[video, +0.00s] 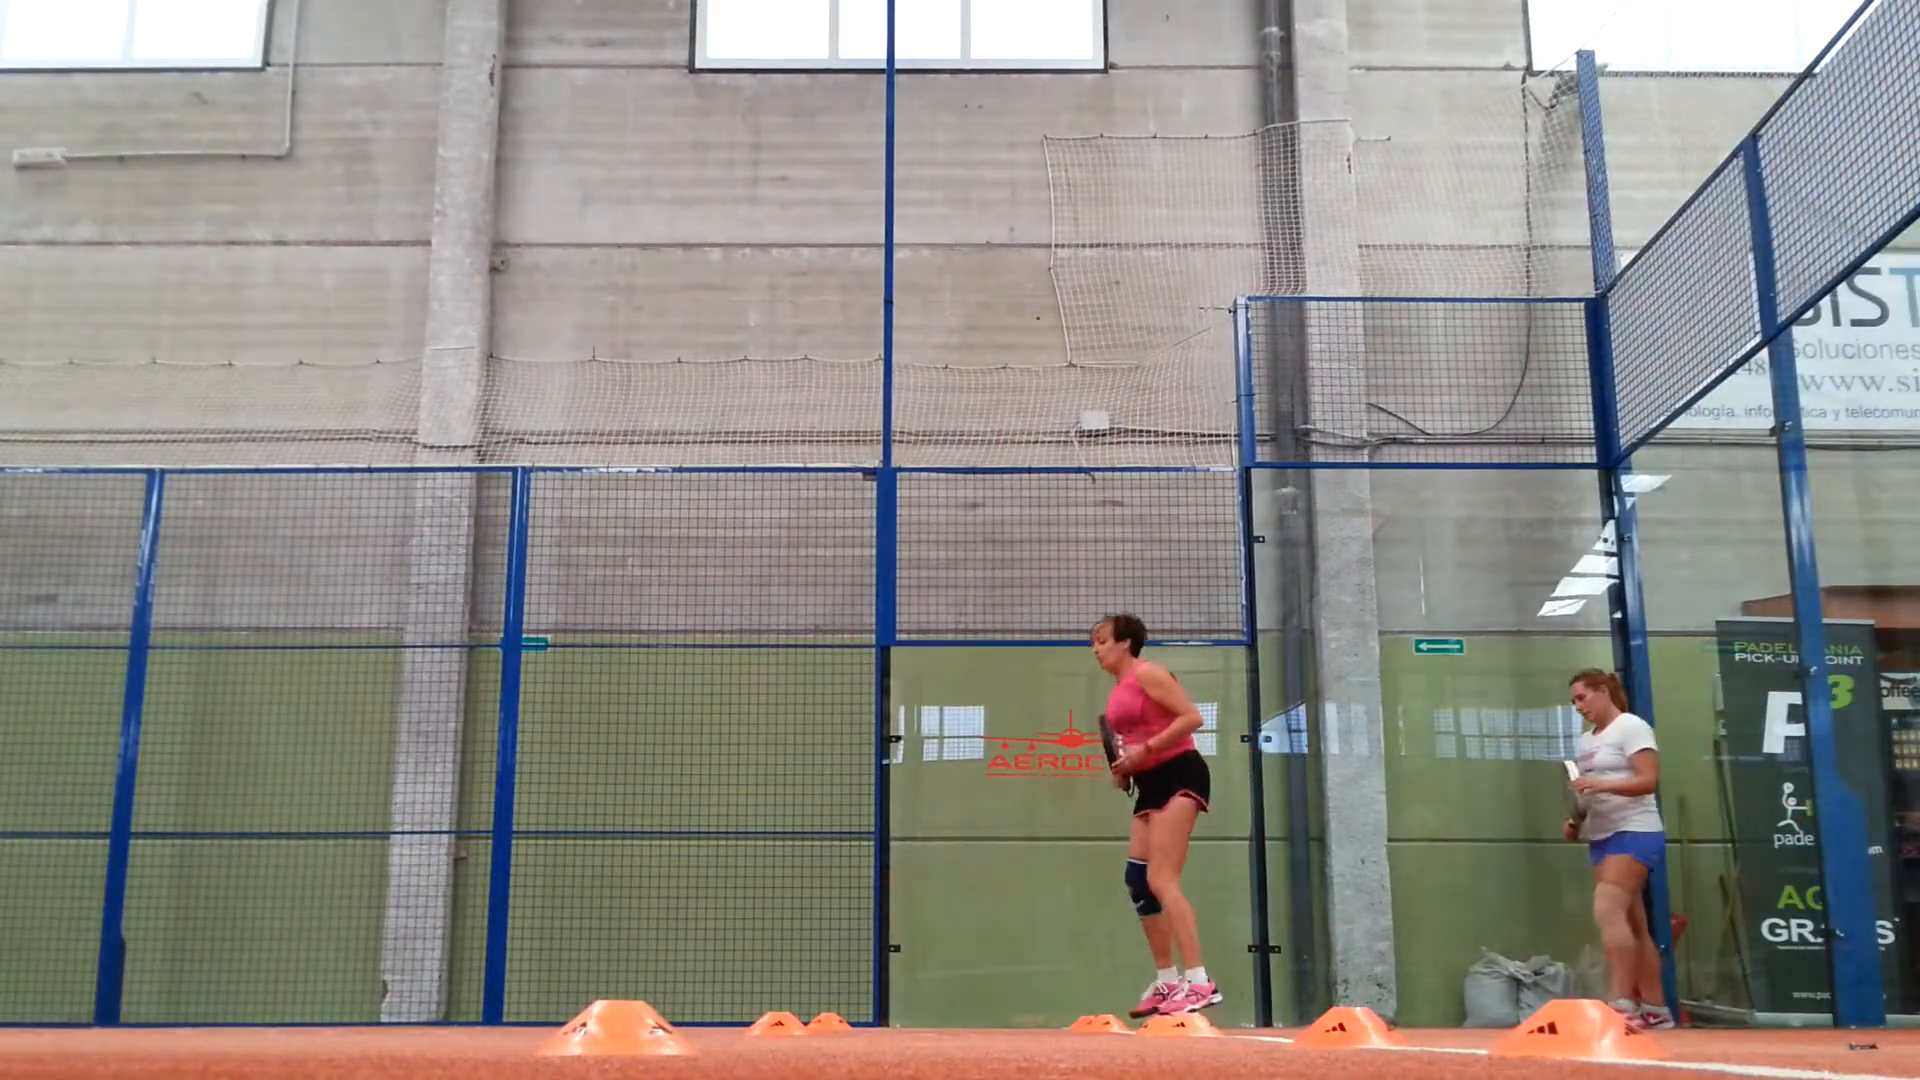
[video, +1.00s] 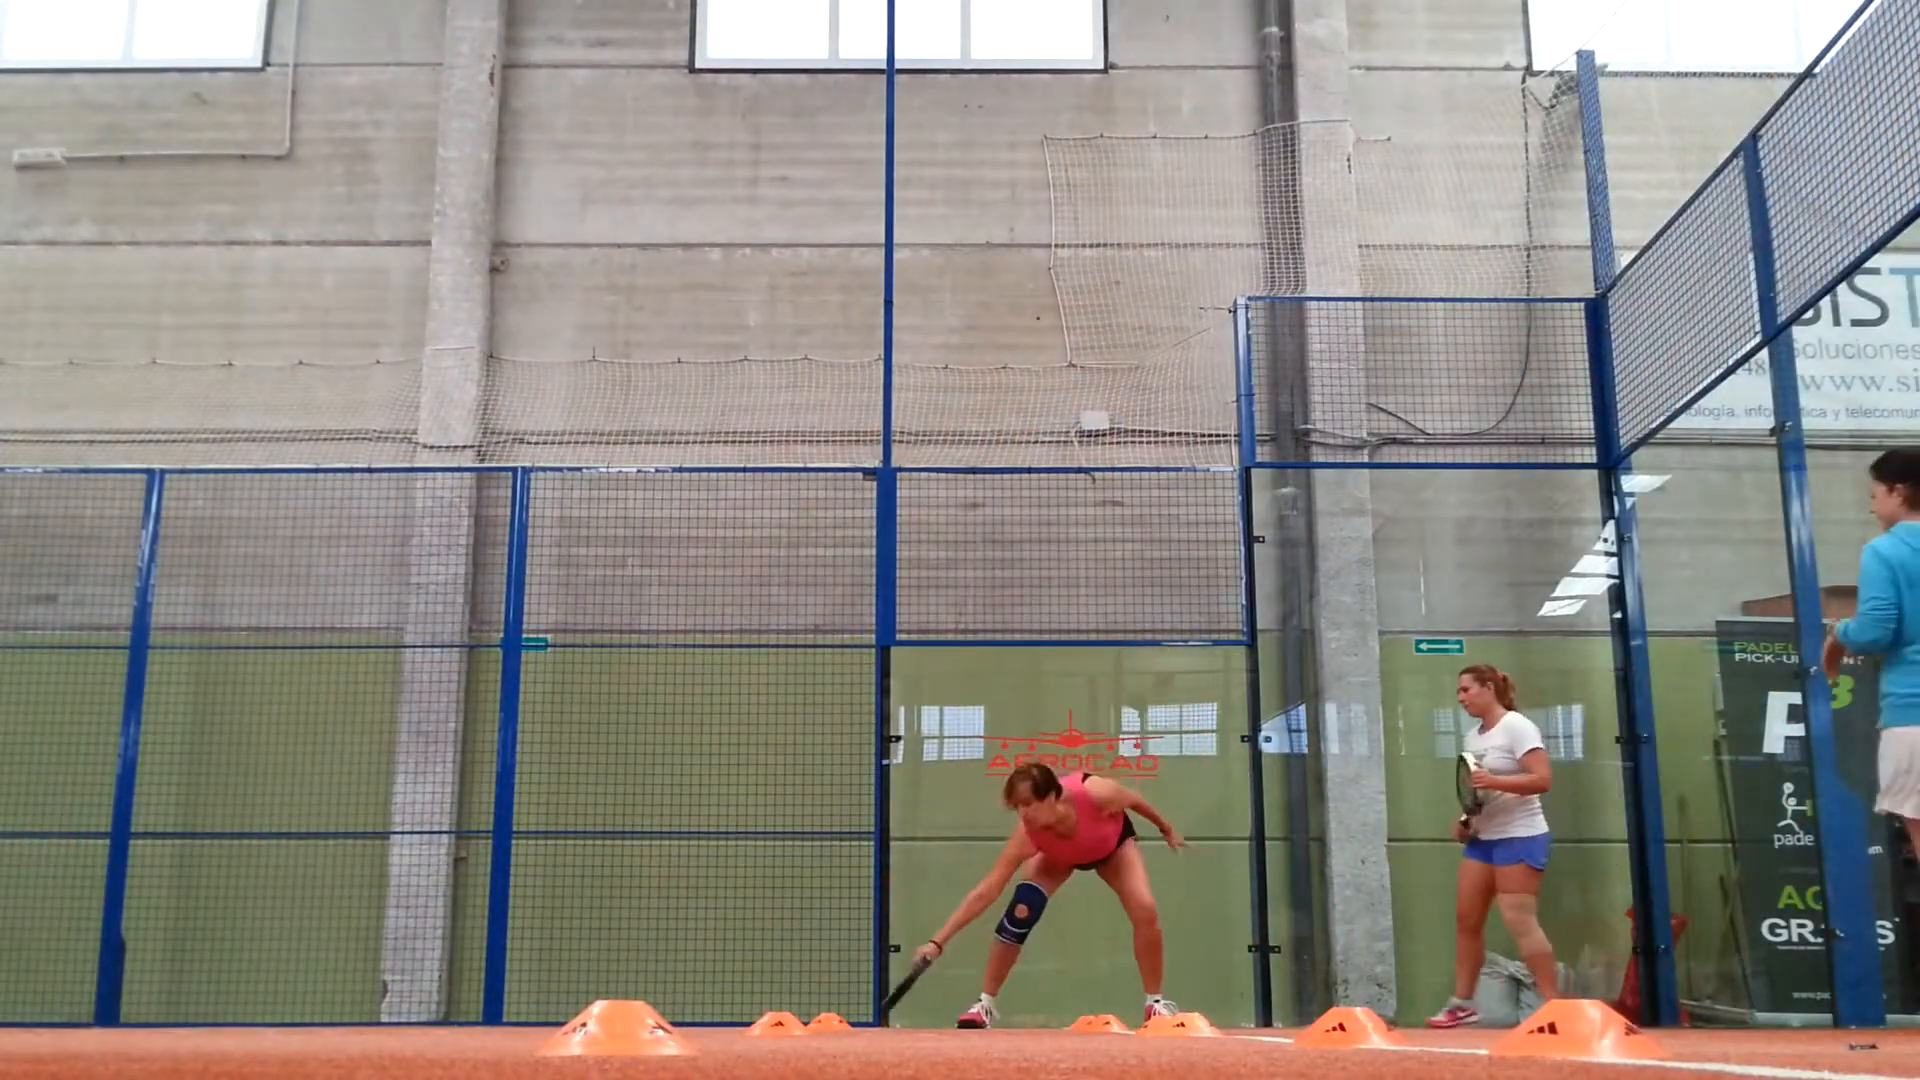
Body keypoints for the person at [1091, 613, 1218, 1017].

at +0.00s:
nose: (1095, 650)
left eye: (1101, 642)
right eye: (1094, 643)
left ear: (1125, 644)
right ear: (1115, 648)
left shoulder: (1146, 673)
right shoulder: (1122, 687)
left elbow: (1191, 716)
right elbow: (1134, 737)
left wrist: (1146, 751)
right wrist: (1125, 765)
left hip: (1179, 777)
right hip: (1151, 784)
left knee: (1162, 879)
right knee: (1139, 882)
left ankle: (1199, 982)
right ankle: (1168, 981)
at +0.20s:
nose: (1091, 690)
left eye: (1098, 682)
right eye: (1089, 683)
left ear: (1122, 684)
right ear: (1098, 688)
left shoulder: (1148, 715)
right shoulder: (1115, 729)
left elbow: (1194, 760)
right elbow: (1135, 780)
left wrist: (1153, 789)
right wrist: (1125, 815)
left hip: (1174, 821)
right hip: (1143, 825)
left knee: (1148, 917)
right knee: (1139, 925)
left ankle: (1208, 1004)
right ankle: (1182, 1008)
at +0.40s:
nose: (1073, 655)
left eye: (1078, 646)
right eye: (1070, 648)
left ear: (1103, 643)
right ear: (1080, 651)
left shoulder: (1147, 672)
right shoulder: (1082, 697)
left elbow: (1192, 711)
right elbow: (1074, 756)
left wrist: (1171, 729)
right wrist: (1093, 774)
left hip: (1163, 780)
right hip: (1118, 787)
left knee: (1158, 878)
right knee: (1101, 887)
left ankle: (1189, 982)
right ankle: (1139, 972)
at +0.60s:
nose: (1048, 687)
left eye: (1052, 677)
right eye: (1045, 680)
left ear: (1078, 672)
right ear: (1062, 677)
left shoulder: (1126, 694)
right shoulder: (1060, 731)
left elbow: (1166, 734)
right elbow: (1050, 798)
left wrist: (1165, 767)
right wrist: (1083, 819)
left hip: (1151, 804)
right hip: (1102, 813)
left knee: (1166, 895)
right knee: (1066, 898)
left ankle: (1160, 999)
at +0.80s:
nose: (1025, 770)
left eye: (1030, 760)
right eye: (1022, 763)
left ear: (1056, 756)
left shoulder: (1101, 761)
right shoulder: (1039, 808)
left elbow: (1134, 784)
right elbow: (1008, 872)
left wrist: (1161, 825)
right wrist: (1000, 919)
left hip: (1123, 845)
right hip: (1068, 855)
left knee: (1166, 909)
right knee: (1031, 921)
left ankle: (1156, 1002)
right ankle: (988, 1004)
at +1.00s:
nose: (1023, 815)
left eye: (1028, 806)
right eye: (1019, 808)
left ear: (1053, 798)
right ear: (1018, 807)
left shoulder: (1097, 793)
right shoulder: (1027, 835)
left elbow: (1136, 802)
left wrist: (1167, 829)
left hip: (1111, 846)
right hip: (1056, 855)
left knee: (1146, 910)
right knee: (1020, 912)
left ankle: (1155, 1004)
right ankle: (985, 1005)